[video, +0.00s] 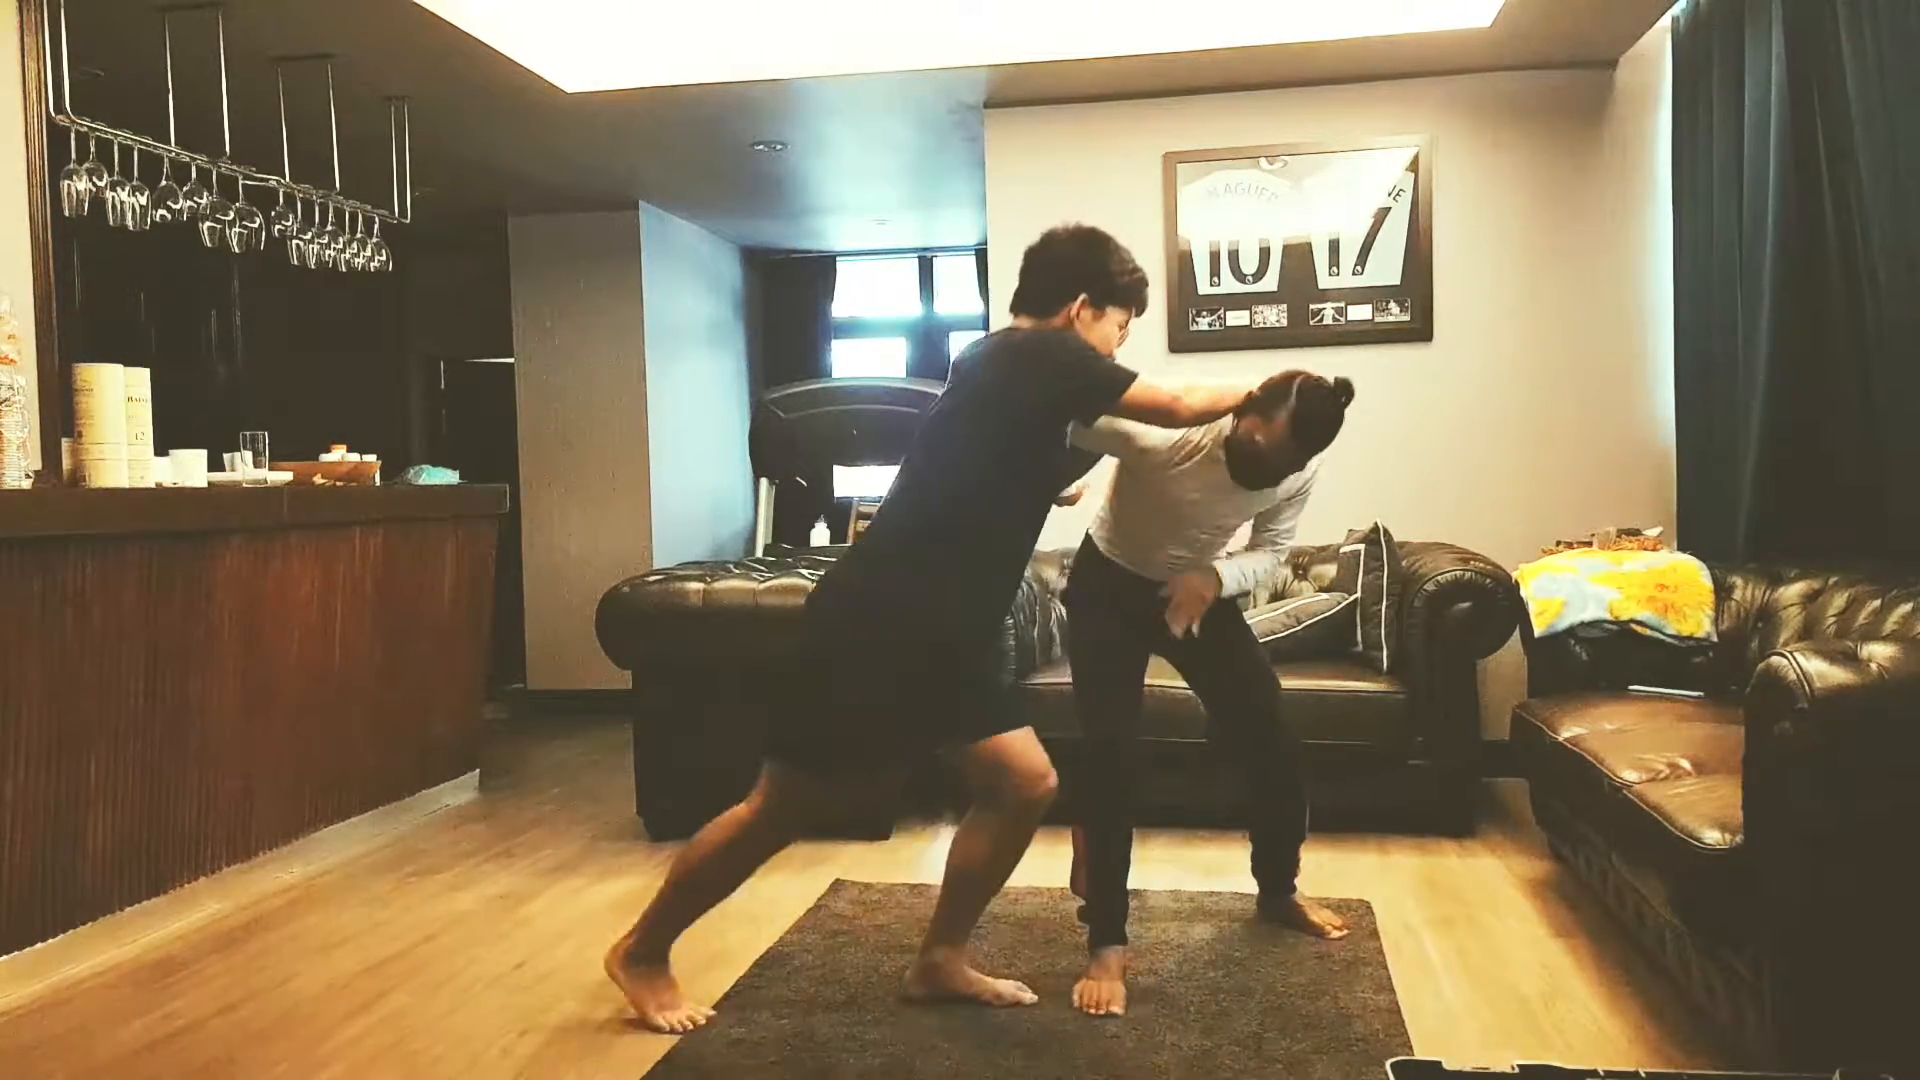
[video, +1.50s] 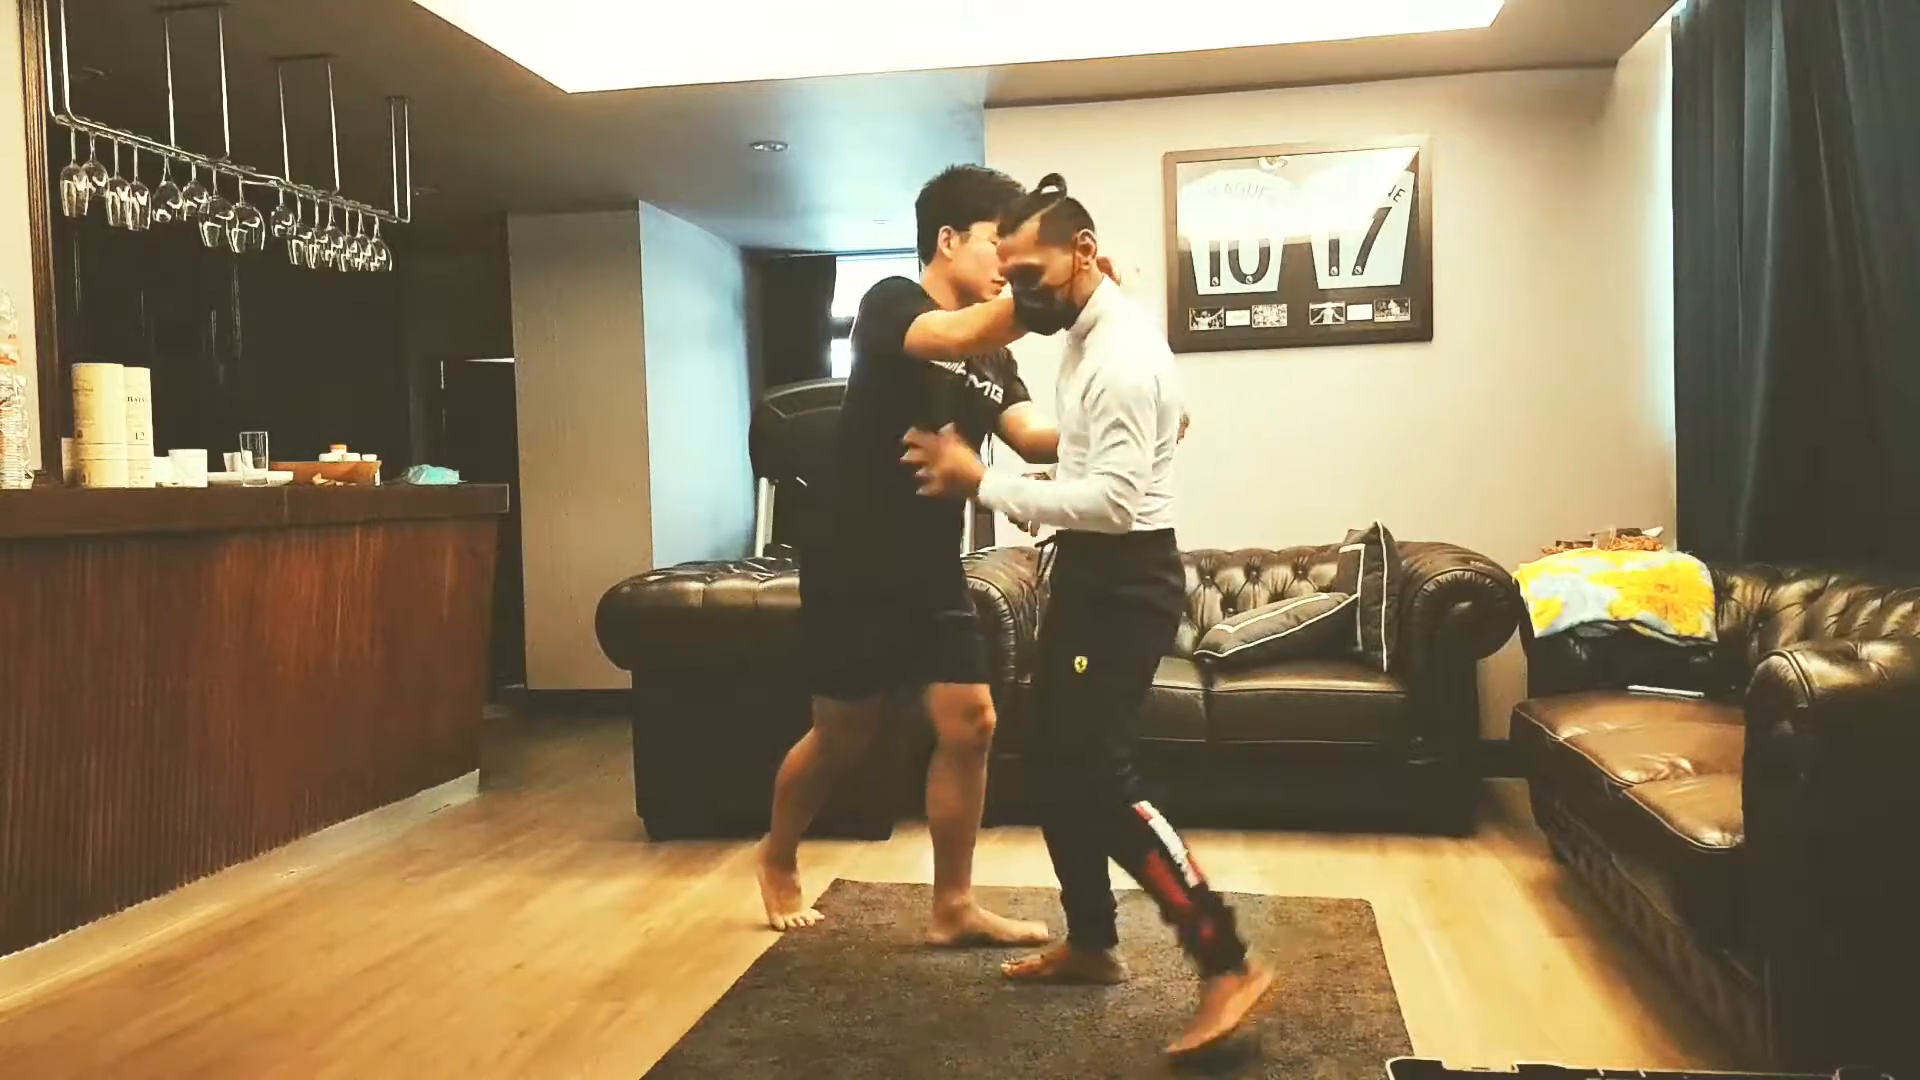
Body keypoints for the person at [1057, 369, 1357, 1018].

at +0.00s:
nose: (1252, 457)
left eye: (1270, 458)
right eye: (1253, 441)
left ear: (1301, 460)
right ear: (1244, 411)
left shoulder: (1293, 479)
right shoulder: (1161, 440)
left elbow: (1274, 552)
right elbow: (1069, 427)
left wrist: (1216, 578)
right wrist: (1055, 477)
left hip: (1199, 599)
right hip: (1110, 584)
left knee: (1270, 738)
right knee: (1111, 756)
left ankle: (1278, 894)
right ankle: (1106, 942)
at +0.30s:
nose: (1161, 552)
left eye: (1174, 547)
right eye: (1155, 541)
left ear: (1214, 518)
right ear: (1142, 496)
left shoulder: (1252, 505)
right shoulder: (1094, 481)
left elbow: (1172, 595)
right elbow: (1020, 447)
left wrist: (1089, 591)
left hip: (1190, 606)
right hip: (1098, 602)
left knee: (1257, 733)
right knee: (1091, 761)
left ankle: (1283, 892)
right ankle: (1104, 945)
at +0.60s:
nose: (1103, 498)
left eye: (1116, 490)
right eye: (1094, 487)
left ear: (1151, 457)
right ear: (1076, 448)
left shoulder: (1214, 464)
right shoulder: (1049, 440)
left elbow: (1165, 580)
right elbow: (995, 464)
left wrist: (1060, 640)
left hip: (1195, 579)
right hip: (1098, 581)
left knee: (1266, 738)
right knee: (1087, 755)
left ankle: (1338, 905)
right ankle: (1101, 948)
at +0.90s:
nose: (1085, 356)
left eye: (1098, 339)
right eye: (1071, 341)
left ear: (1132, 307)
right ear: (1051, 321)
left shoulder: (1199, 368)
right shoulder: (1037, 379)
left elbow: (1249, 485)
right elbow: (997, 468)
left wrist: (1159, 560)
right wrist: (1015, 523)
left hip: (1212, 575)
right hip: (1118, 578)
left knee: (1259, 754)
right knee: (1082, 755)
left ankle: (1326, 935)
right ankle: (1098, 945)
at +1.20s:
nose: (1059, 285)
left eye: (1073, 266)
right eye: (1047, 269)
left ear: (1119, 250)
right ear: (1038, 265)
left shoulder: (1163, 339)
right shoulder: (1060, 341)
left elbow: (1117, 464)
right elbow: (1080, 442)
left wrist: (1006, 414)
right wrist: (1044, 512)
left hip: (1166, 556)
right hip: (1091, 563)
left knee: (1211, 747)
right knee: (1069, 749)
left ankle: (1330, 923)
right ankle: (1095, 944)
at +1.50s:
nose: (1021, 290)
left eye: (1030, 271)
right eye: (1015, 274)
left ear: (1081, 252)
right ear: (1067, 259)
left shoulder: (1121, 352)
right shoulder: (1092, 330)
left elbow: (1116, 499)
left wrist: (984, 482)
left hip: (1129, 577)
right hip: (1088, 570)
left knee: (1095, 770)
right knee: (1054, 761)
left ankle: (1229, 967)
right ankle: (1089, 944)